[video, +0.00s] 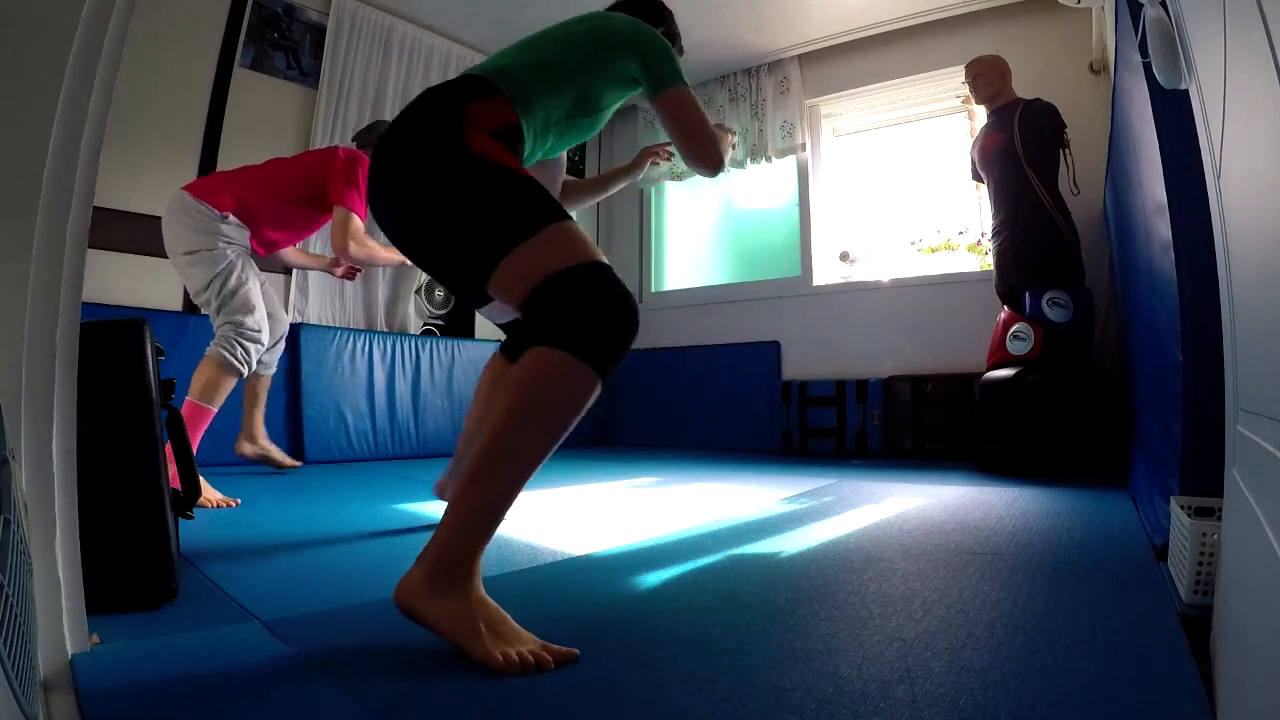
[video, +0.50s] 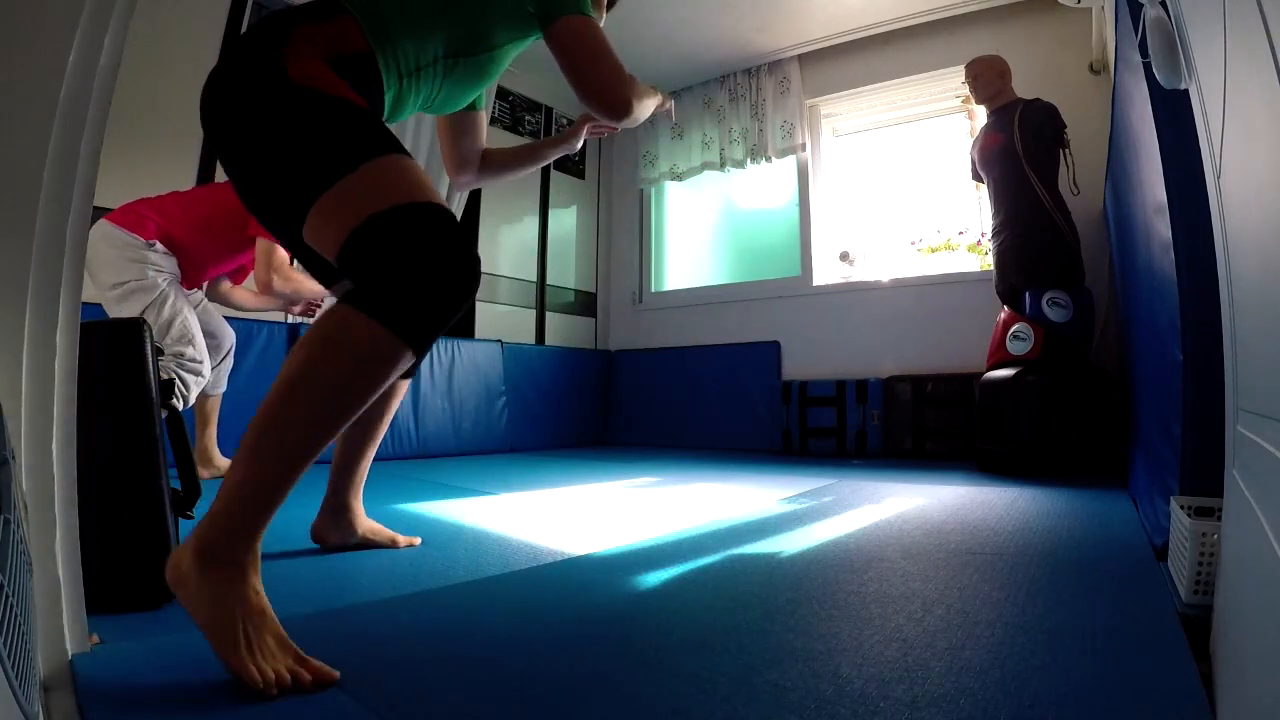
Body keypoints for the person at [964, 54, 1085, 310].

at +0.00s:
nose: (971, 85)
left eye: (976, 76)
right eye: (968, 81)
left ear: (1004, 74)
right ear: (969, 90)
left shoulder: (1036, 111)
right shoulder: (980, 140)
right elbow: (978, 176)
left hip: (1050, 244)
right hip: (1008, 252)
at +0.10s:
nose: (971, 85)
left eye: (976, 76)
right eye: (968, 81)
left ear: (1004, 74)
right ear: (969, 90)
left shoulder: (1036, 111)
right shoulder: (980, 140)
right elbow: (978, 176)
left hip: (1050, 244)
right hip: (1008, 252)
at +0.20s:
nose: (971, 85)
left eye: (976, 76)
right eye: (968, 82)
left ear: (1004, 74)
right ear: (969, 91)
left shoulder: (1036, 111)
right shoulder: (981, 139)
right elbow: (978, 175)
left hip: (1050, 245)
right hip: (1008, 253)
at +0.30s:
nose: (971, 85)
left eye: (976, 76)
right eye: (968, 82)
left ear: (1004, 74)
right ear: (969, 91)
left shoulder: (1036, 111)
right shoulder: (981, 139)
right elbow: (978, 175)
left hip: (1050, 245)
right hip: (1008, 253)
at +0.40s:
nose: (971, 85)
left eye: (976, 76)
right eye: (968, 82)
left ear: (1004, 74)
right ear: (969, 91)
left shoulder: (1036, 111)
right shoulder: (981, 139)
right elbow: (978, 175)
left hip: (1050, 245)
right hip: (1008, 253)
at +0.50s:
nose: (971, 84)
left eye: (976, 76)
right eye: (968, 81)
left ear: (1004, 75)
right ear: (969, 90)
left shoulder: (1036, 111)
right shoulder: (980, 141)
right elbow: (979, 177)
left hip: (1050, 245)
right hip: (1008, 253)